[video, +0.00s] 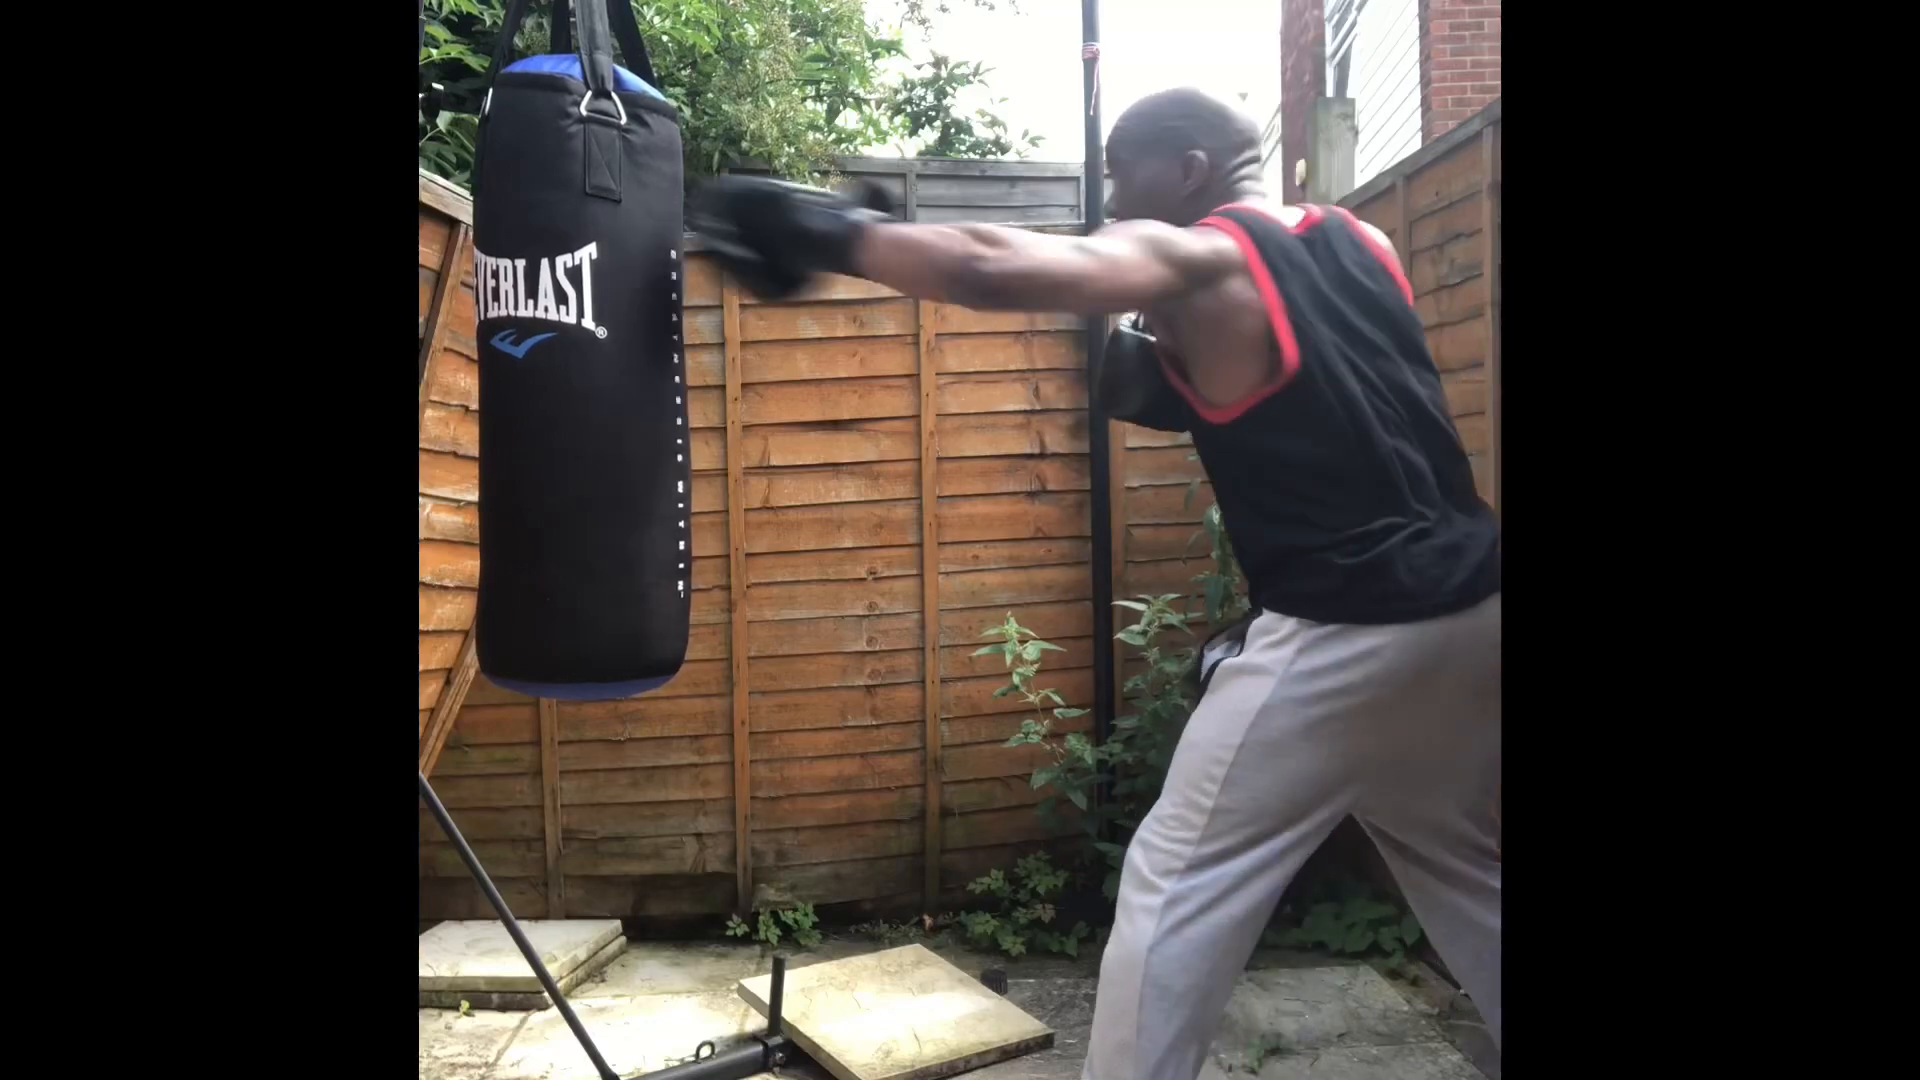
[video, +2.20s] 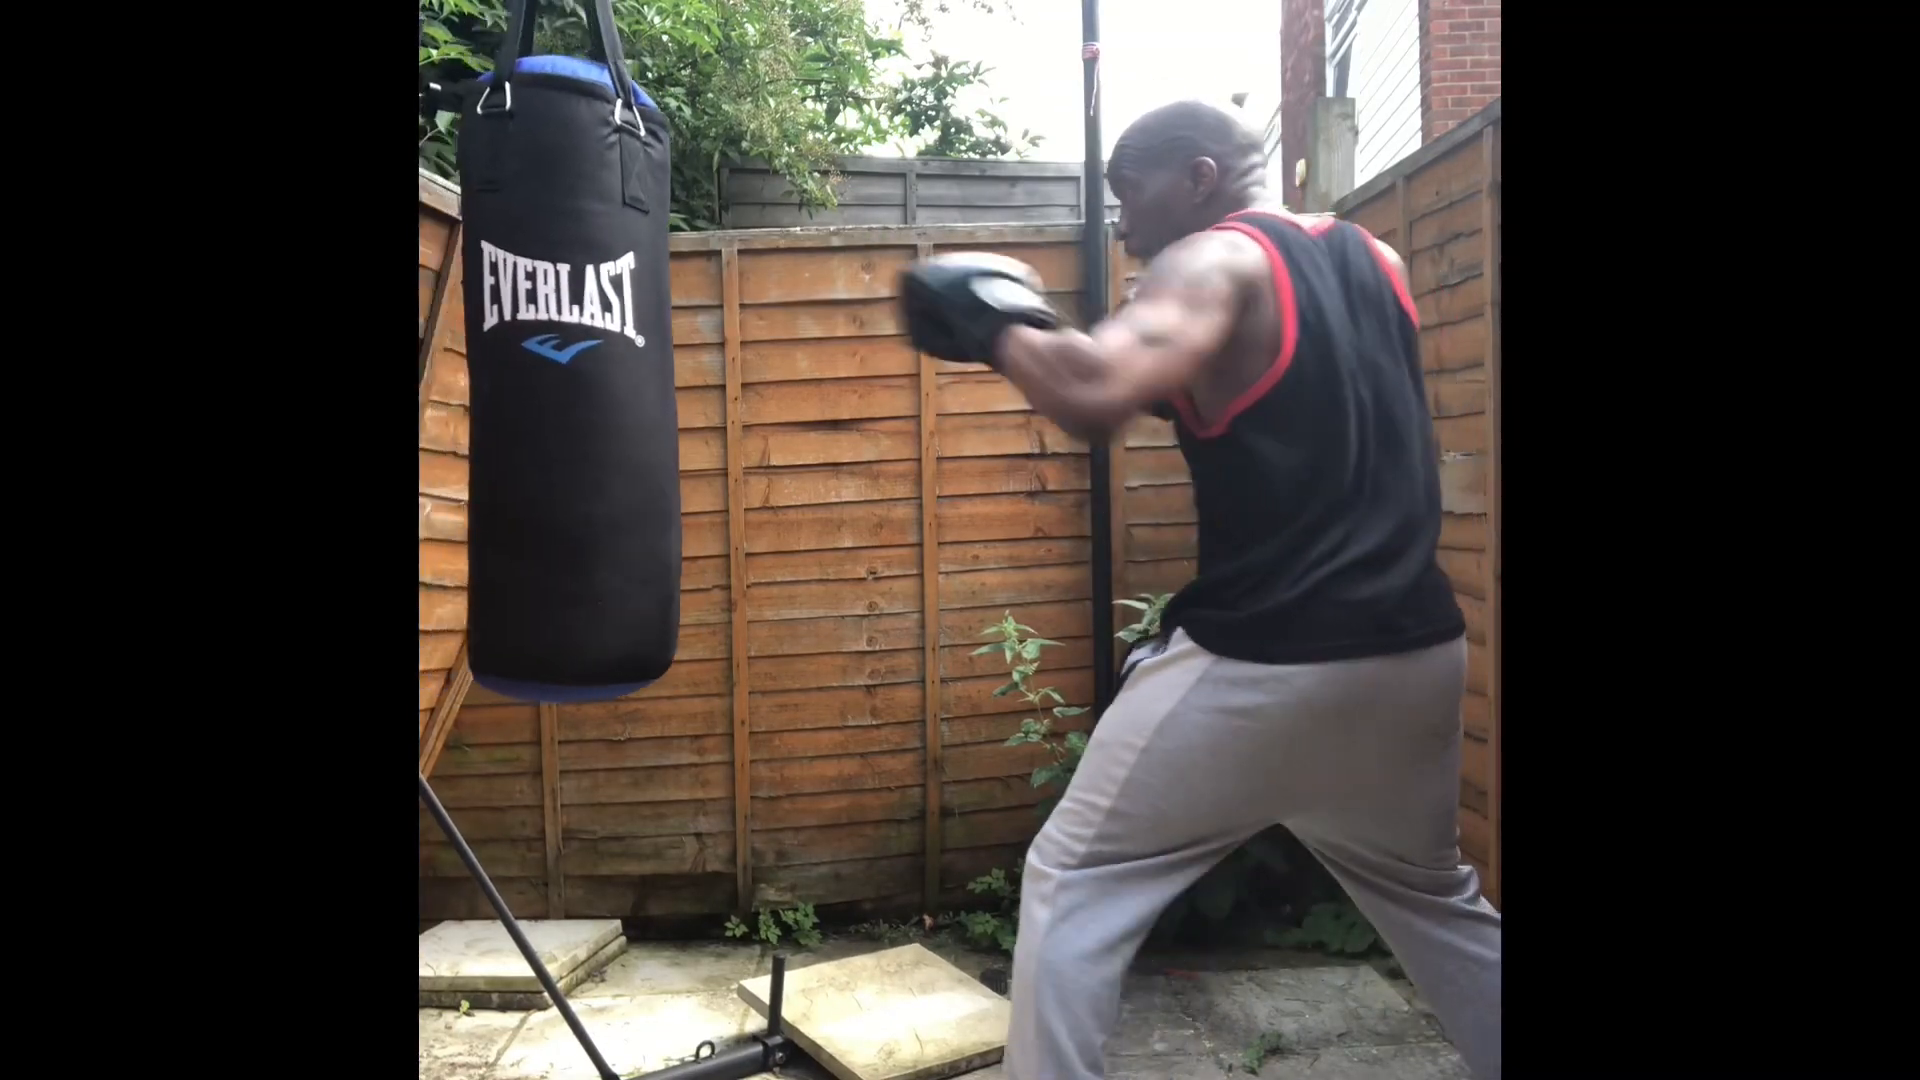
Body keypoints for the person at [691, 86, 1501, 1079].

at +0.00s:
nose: (1119, 215)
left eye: (1123, 187)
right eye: (1115, 194)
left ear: (1182, 167)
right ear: (1236, 164)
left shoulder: (1200, 253)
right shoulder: (1358, 237)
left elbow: (993, 267)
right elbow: (1318, 386)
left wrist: (821, 231)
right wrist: (1174, 386)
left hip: (1339, 626)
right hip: (1469, 608)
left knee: (1180, 879)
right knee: (1470, 876)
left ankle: (1130, 1070)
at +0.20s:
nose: (1073, 247)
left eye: (1078, 219)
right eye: (1068, 224)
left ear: (1148, 197)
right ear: (1171, 194)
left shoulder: (1168, 265)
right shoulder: (1311, 265)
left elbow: (1034, 413)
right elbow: (1258, 433)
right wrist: (1110, 422)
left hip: (1290, 645)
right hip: (1427, 631)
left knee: (1131, 893)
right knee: (1418, 865)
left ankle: (1106, 1071)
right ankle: (1499, 1052)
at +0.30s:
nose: (1089, 243)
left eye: (1098, 212)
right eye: (1083, 218)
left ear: (1173, 193)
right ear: (1188, 197)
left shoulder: (1207, 272)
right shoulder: (1319, 261)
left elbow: (1141, 469)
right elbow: (1277, 432)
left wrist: (1035, 381)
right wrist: (1139, 355)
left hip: (1297, 636)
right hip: (1420, 626)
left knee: (1139, 898)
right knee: (1427, 882)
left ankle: (1109, 1068)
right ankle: (1501, 1053)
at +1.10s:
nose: (1029, 203)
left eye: (1047, 173)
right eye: (1022, 181)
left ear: (1134, 157)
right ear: (1140, 165)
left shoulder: (1172, 253)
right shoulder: (1211, 235)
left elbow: (1057, 441)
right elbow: (1198, 403)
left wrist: (910, 341)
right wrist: (1060, 336)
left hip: (1259, 644)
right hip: (1333, 626)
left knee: (1076, 884)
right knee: (1404, 901)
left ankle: (1065, 1069)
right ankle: (1497, 1051)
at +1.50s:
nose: (1062, 240)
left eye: (1070, 209)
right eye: (1055, 215)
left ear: (1146, 185)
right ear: (1163, 188)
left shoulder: (1200, 270)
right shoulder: (1284, 253)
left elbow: (1155, 494)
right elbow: (1245, 448)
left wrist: (1023, 370)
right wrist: (1109, 360)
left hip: (1257, 660)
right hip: (1352, 637)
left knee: (1077, 895)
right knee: (1353, 892)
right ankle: (1490, 1056)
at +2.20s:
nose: (1122, 225)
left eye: (1128, 194)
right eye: (1116, 199)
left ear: (1200, 178)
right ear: (1232, 177)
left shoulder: (1212, 261)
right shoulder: (1374, 256)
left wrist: (995, 321)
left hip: (1259, 658)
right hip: (1416, 652)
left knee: (1072, 882)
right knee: (1429, 891)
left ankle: (1046, 1067)